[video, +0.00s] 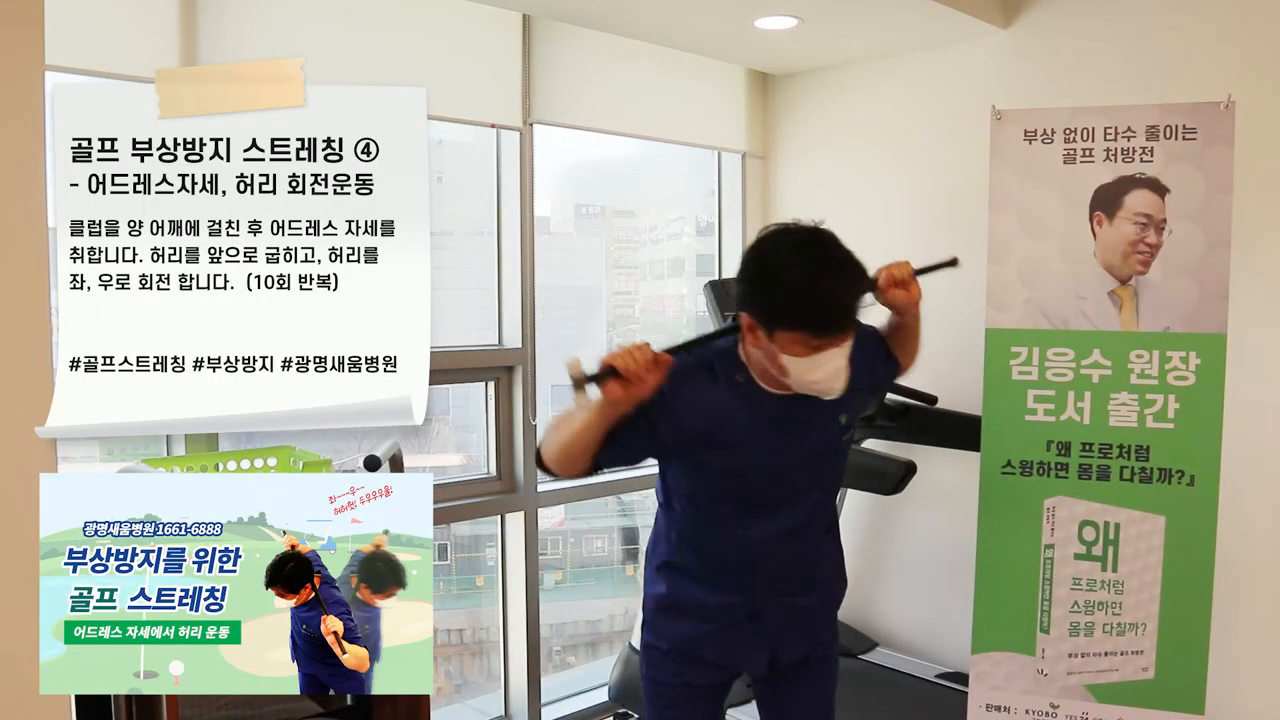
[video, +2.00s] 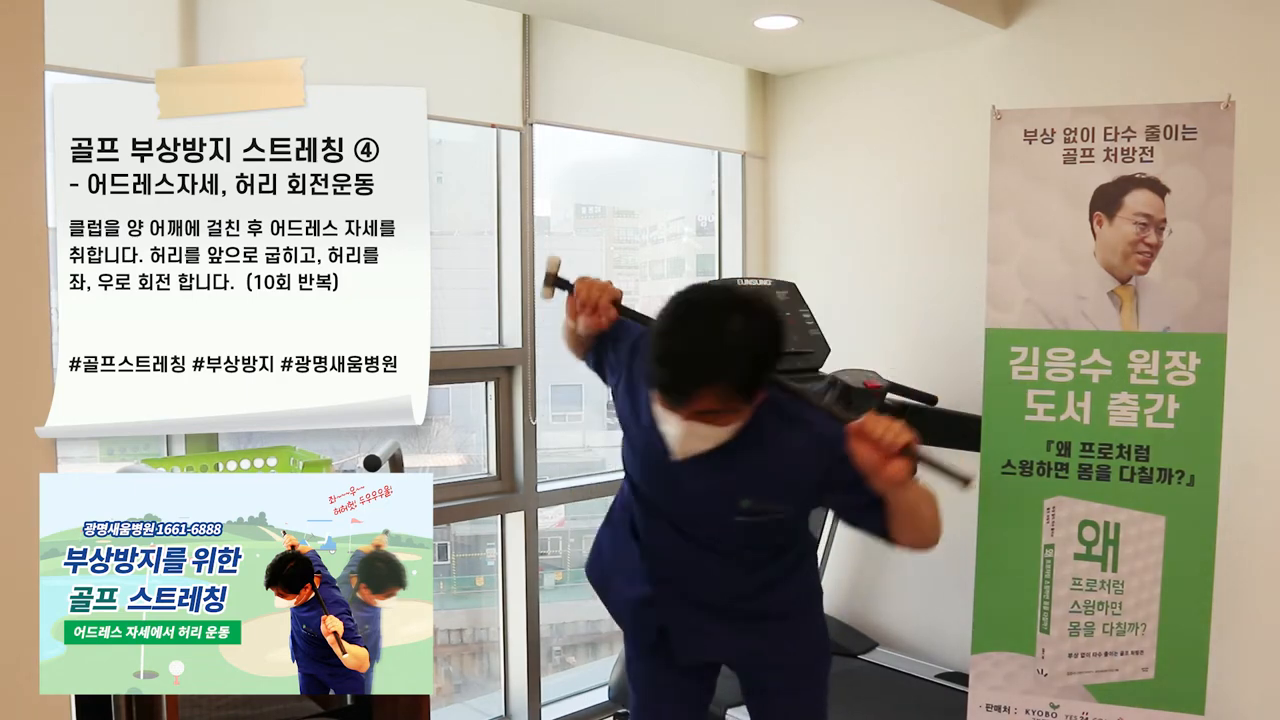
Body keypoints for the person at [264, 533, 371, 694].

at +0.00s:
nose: (278, 599)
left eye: (283, 596)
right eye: (276, 594)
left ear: (306, 590)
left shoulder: (334, 607)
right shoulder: (312, 570)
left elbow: (363, 665)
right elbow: (308, 552)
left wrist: (335, 642)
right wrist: (297, 547)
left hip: (344, 673)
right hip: (310, 667)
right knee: (312, 714)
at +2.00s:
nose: (278, 599)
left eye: (283, 596)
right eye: (276, 593)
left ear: (306, 590)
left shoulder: (334, 608)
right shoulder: (312, 570)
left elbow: (363, 665)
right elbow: (308, 552)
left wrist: (336, 643)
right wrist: (297, 547)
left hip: (344, 672)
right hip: (310, 667)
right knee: (312, 715)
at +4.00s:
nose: (278, 599)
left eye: (283, 595)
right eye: (276, 593)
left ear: (306, 589)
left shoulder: (334, 608)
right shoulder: (311, 570)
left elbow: (363, 665)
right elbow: (308, 552)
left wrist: (335, 642)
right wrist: (296, 547)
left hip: (344, 672)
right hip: (310, 666)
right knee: (313, 714)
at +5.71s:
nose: (278, 599)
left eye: (283, 596)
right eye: (276, 593)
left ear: (306, 589)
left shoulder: (334, 607)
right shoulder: (312, 570)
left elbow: (362, 665)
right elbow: (308, 552)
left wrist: (336, 642)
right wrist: (297, 547)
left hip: (344, 672)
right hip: (310, 667)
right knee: (312, 715)